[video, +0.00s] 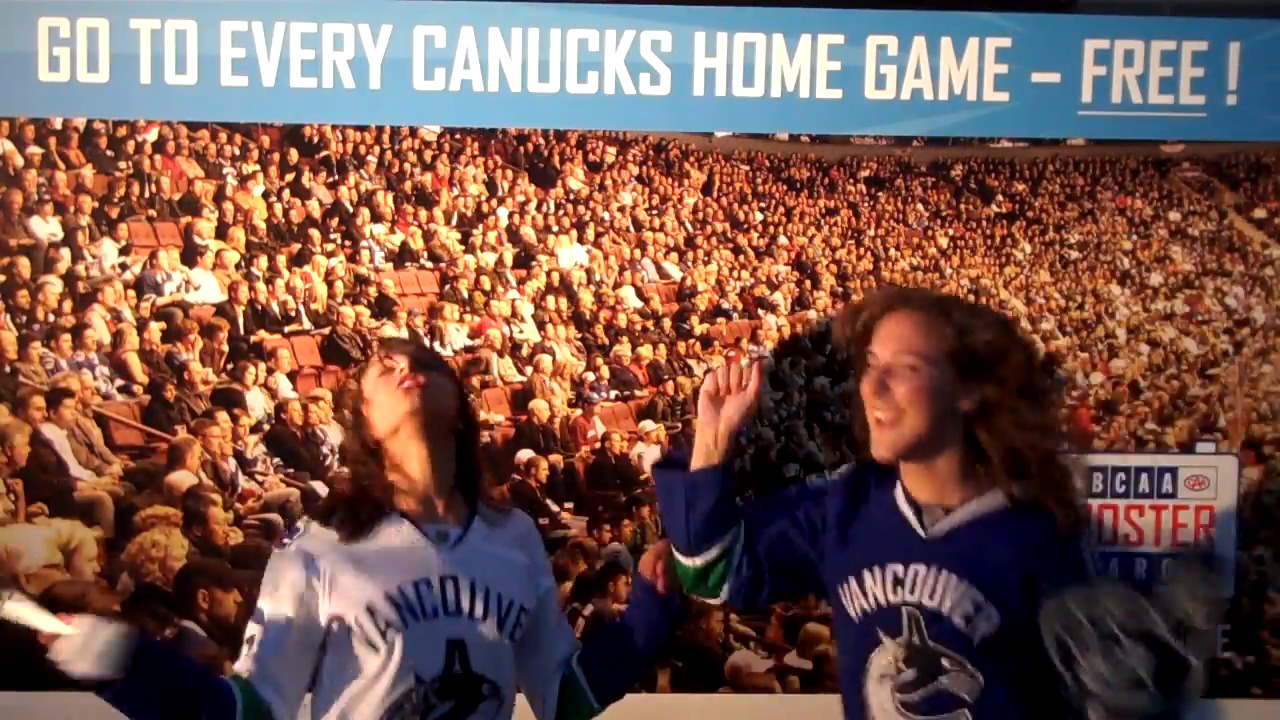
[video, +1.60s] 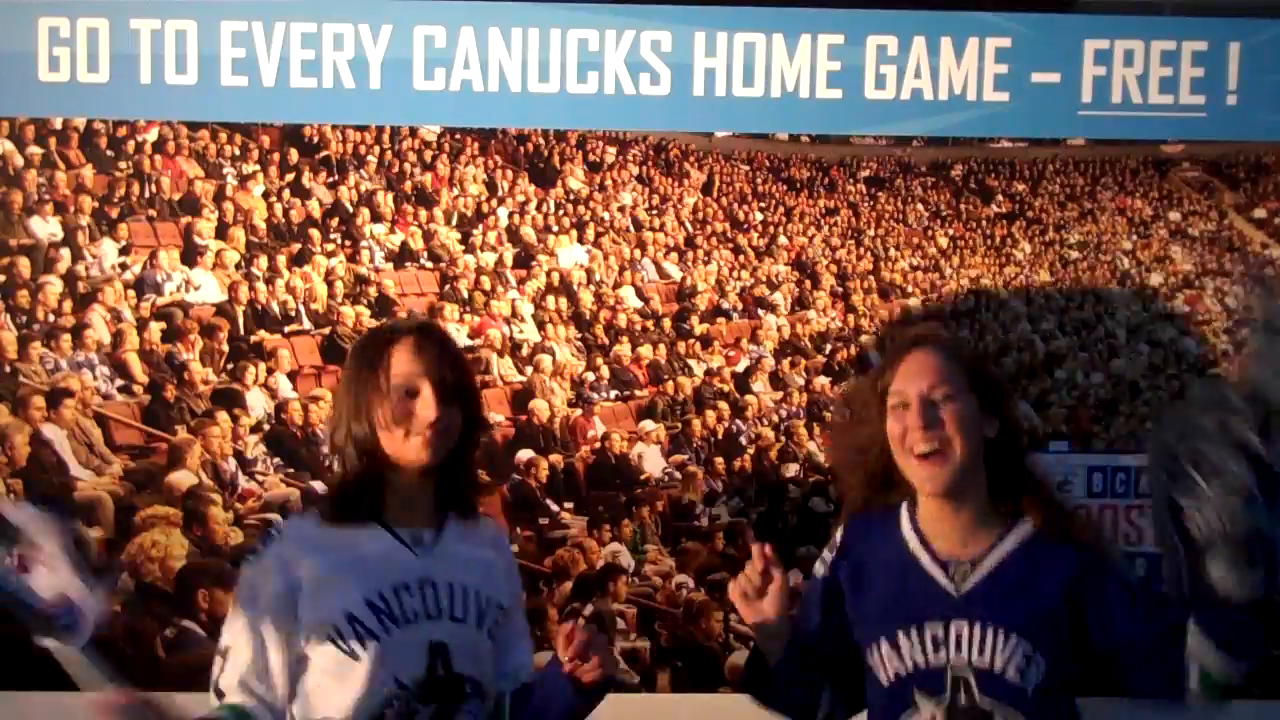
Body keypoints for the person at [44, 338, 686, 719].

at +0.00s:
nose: (403, 365)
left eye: (422, 359)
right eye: (379, 368)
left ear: (462, 407)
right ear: (359, 424)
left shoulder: (518, 540)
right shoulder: (313, 553)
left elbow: (565, 702)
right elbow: (261, 714)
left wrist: (656, 593)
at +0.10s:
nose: (429, 357)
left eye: (454, 355)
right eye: (409, 353)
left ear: (483, 411)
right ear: (378, 409)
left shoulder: (517, 536)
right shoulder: (314, 532)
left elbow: (561, 694)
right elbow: (278, 696)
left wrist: (662, 604)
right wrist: (163, 676)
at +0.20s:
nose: (444, 374)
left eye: (468, 377)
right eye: (422, 370)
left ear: (487, 432)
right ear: (388, 418)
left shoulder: (507, 562)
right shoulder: (305, 546)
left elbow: (536, 712)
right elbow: (274, 704)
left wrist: (648, 645)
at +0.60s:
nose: (405, 391)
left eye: (421, 382)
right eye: (380, 373)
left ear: (435, 417)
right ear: (333, 401)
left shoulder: (469, 544)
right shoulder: (267, 558)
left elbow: (508, 699)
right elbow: (229, 708)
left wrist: (625, 637)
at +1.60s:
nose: (433, 412)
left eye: (445, 391)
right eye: (407, 392)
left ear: (464, 407)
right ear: (361, 409)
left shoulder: (490, 546)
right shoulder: (294, 552)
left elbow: (509, 703)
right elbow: (246, 704)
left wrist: (567, 680)